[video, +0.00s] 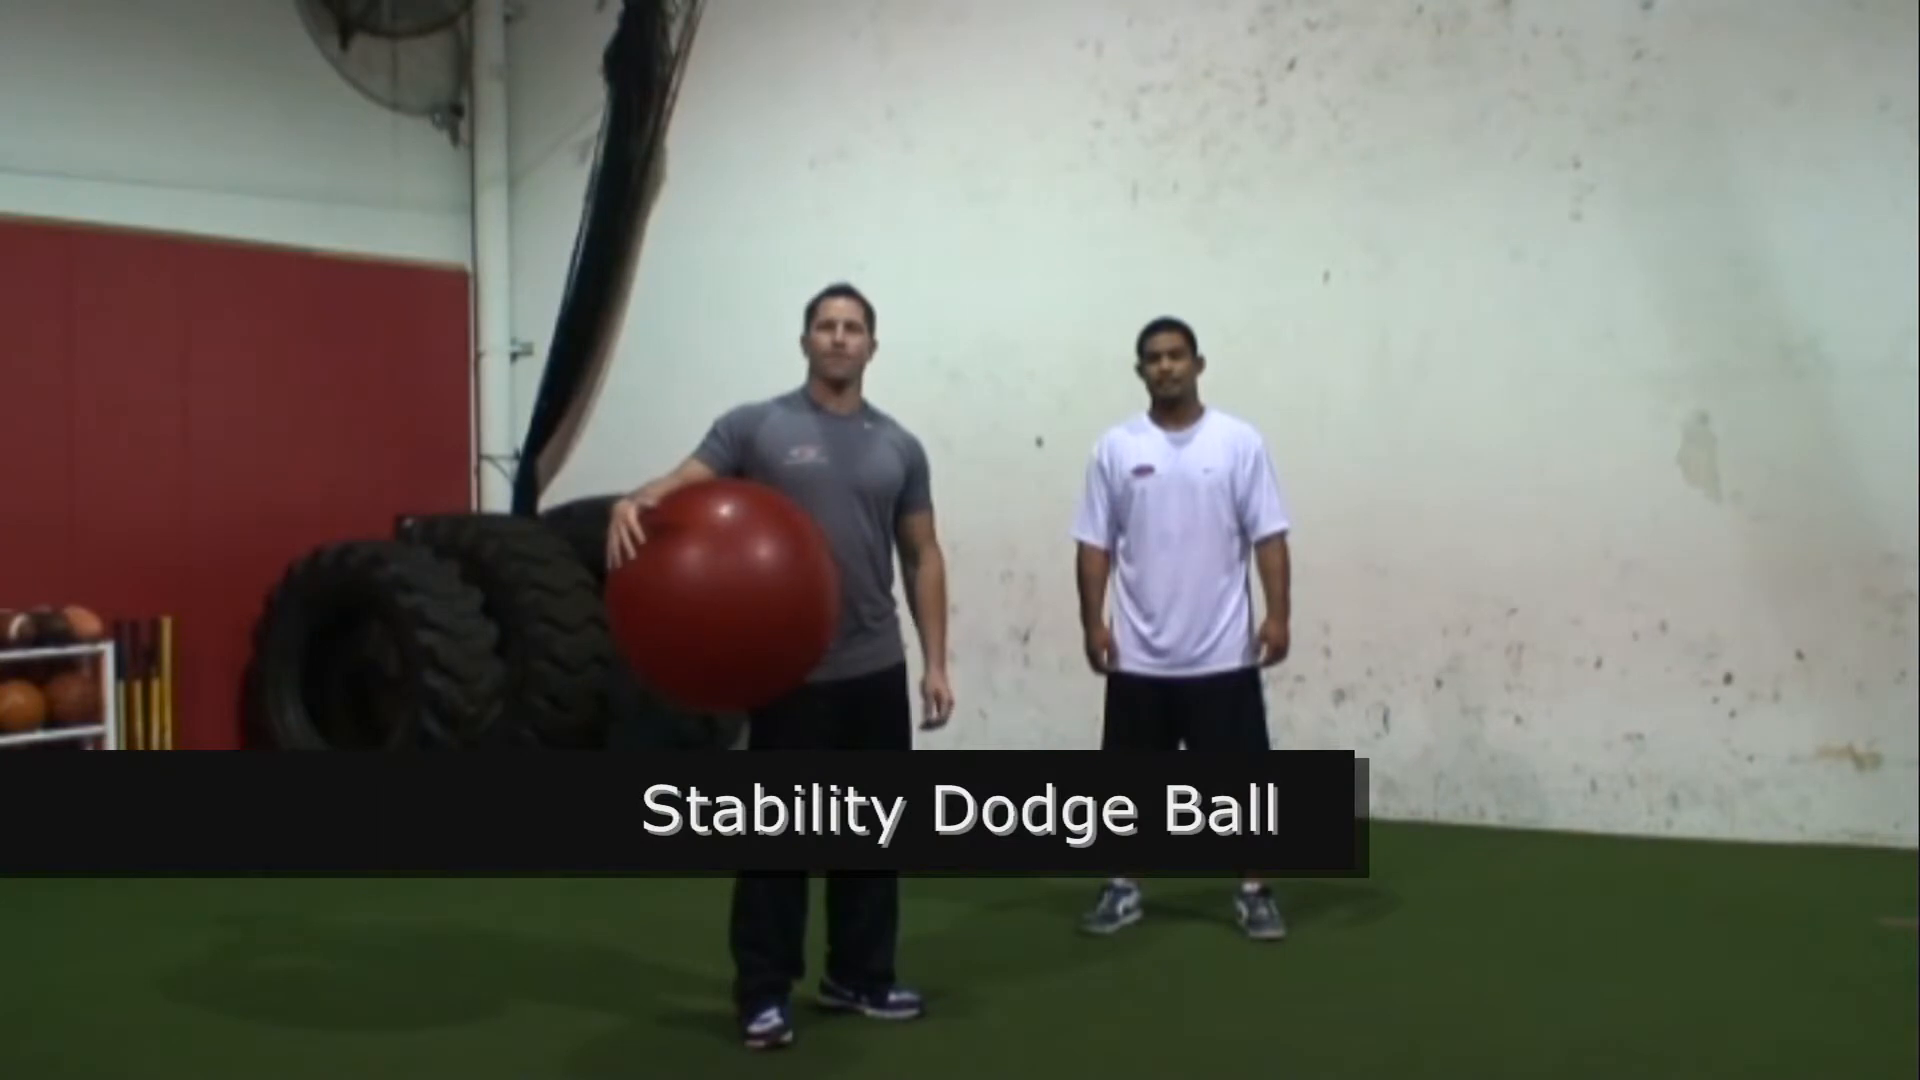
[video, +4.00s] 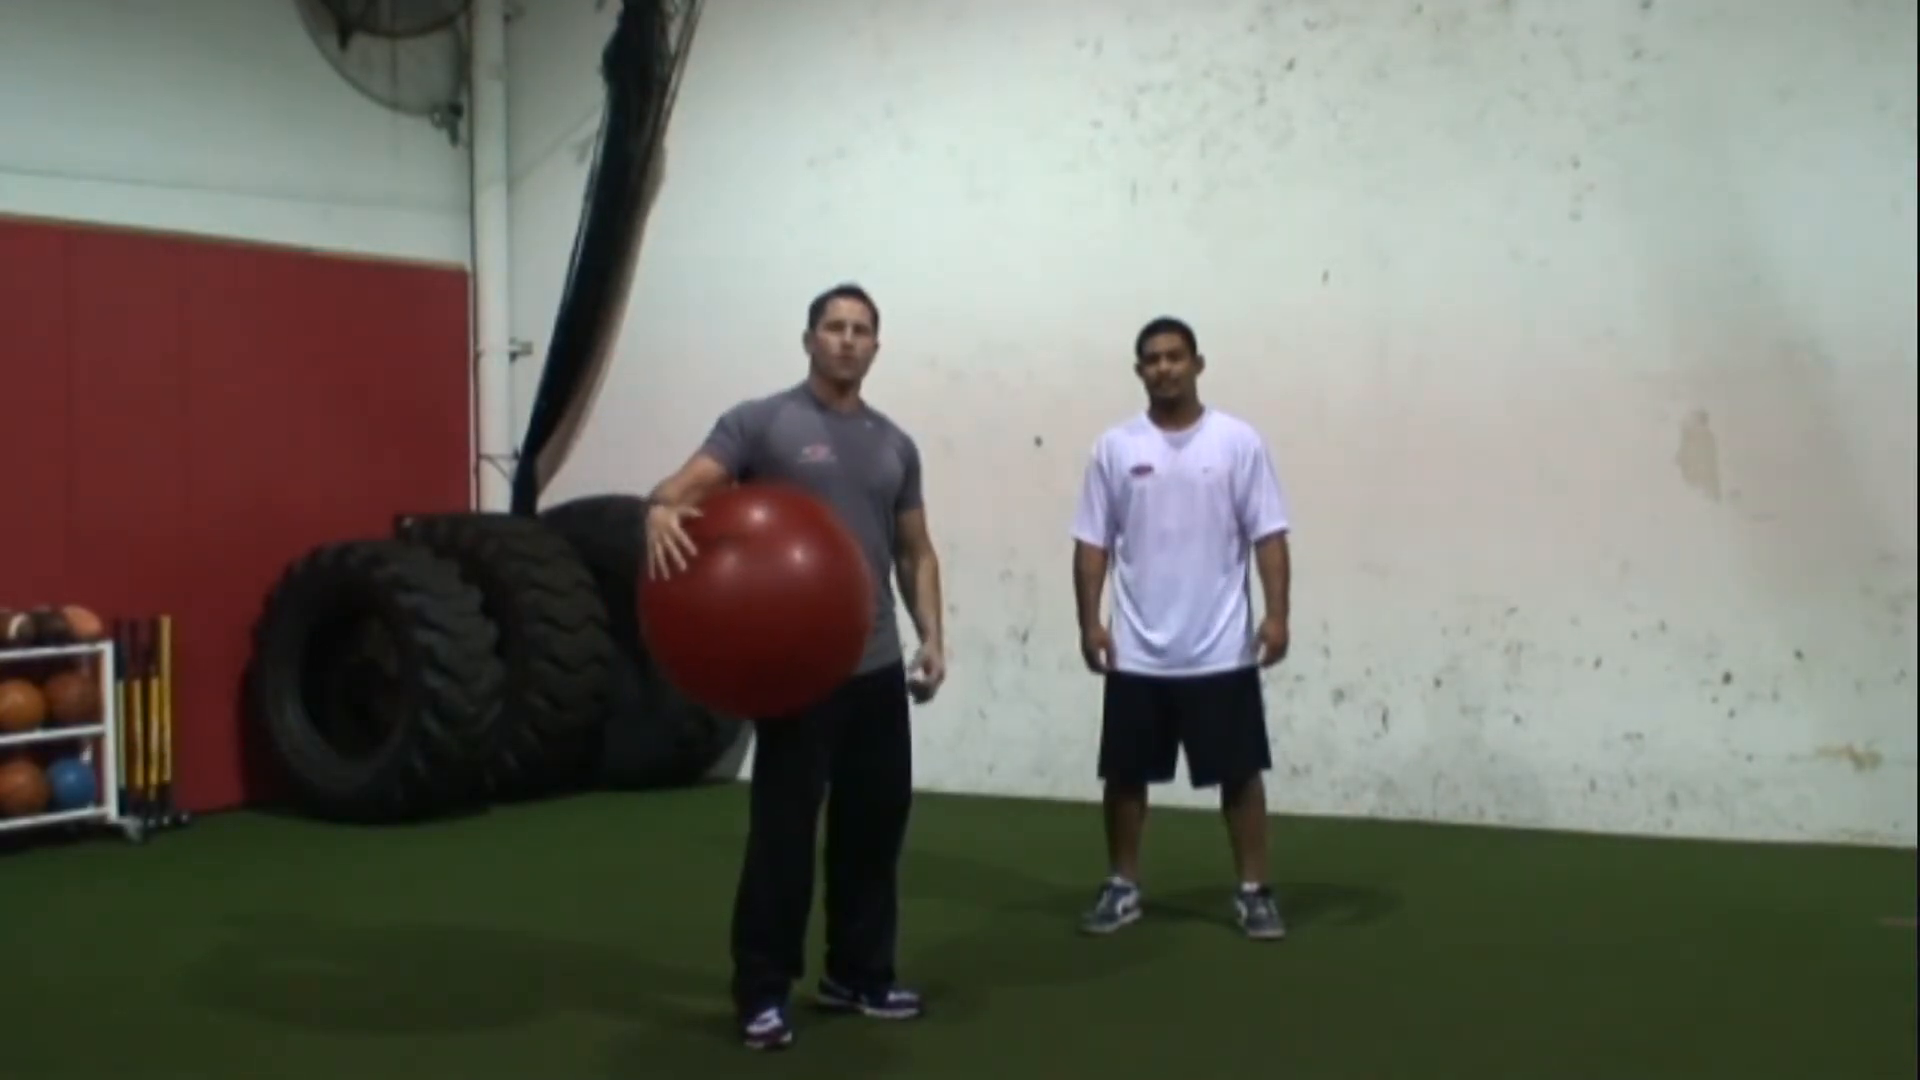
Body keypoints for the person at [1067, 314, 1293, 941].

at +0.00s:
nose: (1166, 366)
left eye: (1176, 356)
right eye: (1154, 358)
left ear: (1198, 364)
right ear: (1140, 371)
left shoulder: (1240, 442)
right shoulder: (1117, 447)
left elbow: (1269, 534)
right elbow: (1094, 541)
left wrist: (1278, 613)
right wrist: (1093, 622)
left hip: (1222, 648)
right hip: (1140, 649)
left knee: (1242, 777)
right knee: (1124, 778)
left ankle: (1253, 887)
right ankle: (1123, 884)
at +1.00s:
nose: (1166, 367)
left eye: (1176, 356)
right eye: (1154, 359)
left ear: (1198, 364)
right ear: (1140, 372)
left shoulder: (1240, 442)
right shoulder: (1117, 448)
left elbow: (1270, 533)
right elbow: (1094, 541)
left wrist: (1278, 613)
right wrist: (1093, 622)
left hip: (1222, 646)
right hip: (1140, 647)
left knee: (1242, 780)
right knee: (1124, 780)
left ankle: (1254, 888)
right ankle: (1123, 884)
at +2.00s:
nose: (1163, 366)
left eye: (1174, 356)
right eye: (1152, 359)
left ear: (1198, 364)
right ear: (1139, 371)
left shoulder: (1240, 442)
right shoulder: (1115, 448)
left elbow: (1269, 533)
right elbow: (1092, 539)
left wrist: (1276, 613)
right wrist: (1090, 620)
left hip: (1221, 645)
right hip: (1138, 646)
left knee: (1242, 777)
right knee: (1123, 778)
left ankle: (1254, 889)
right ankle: (1122, 884)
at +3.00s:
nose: (1164, 367)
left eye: (1175, 357)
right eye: (1153, 359)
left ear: (1198, 365)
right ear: (1140, 371)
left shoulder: (1239, 443)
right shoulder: (1116, 449)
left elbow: (1268, 536)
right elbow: (1093, 540)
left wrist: (1273, 617)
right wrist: (1092, 621)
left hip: (1221, 645)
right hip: (1139, 646)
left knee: (1242, 776)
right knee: (1124, 777)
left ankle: (1254, 888)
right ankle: (1122, 883)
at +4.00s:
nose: (1163, 367)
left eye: (1174, 357)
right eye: (1152, 359)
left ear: (1198, 365)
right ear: (1139, 372)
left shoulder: (1239, 442)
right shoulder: (1116, 448)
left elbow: (1269, 533)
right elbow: (1092, 540)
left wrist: (1277, 613)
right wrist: (1090, 621)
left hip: (1220, 644)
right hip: (1138, 645)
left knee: (1242, 776)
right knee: (1123, 777)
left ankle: (1254, 889)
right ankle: (1122, 884)